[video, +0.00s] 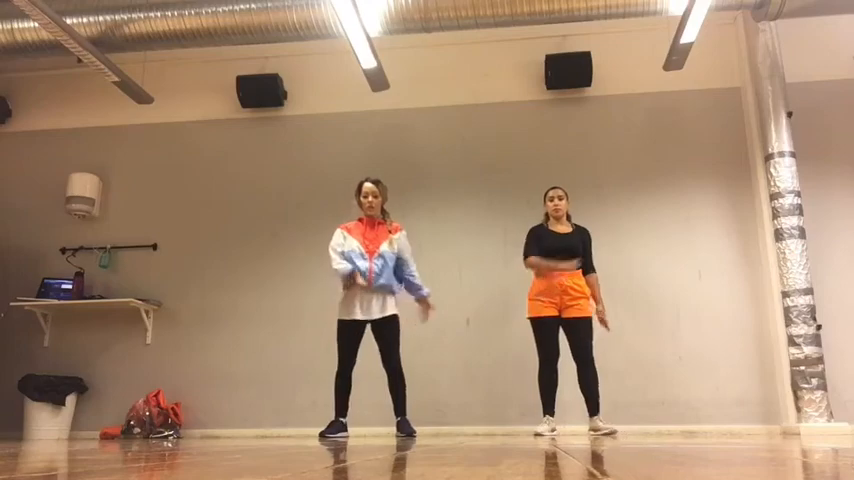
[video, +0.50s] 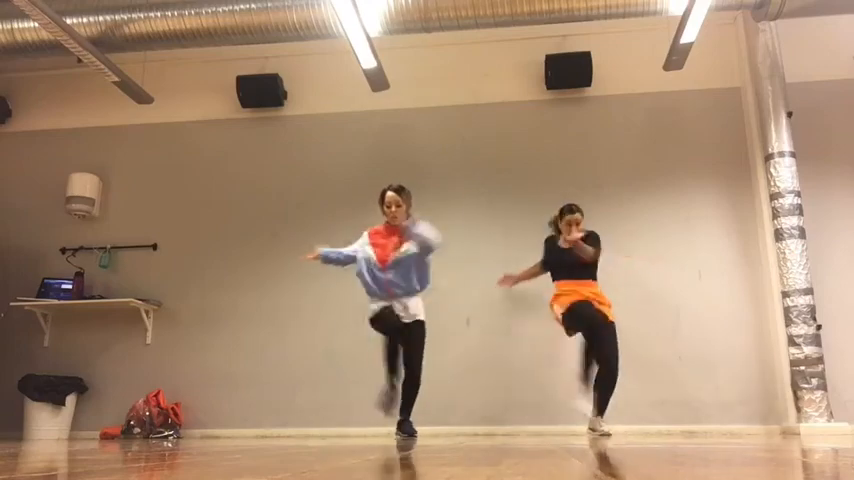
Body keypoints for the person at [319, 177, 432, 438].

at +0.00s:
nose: (369, 200)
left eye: (374, 195)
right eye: (365, 196)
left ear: (383, 199)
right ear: (358, 199)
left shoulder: (395, 231)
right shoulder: (345, 231)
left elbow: (407, 268)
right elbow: (336, 260)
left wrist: (422, 296)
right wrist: (352, 272)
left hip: (385, 306)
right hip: (353, 307)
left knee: (393, 366)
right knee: (345, 367)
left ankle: (402, 420)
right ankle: (340, 421)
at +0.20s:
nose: (377, 206)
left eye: (382, 201)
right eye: (372, 202)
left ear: (391, 204)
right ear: (366, 206)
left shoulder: (408, 238)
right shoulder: (356, 238)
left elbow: (434, 253)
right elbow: (341, 254)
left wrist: (463, 252)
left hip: (388, 312)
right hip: (358, 310)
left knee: (396, 369)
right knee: (343, 366)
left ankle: (400, 421)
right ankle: (338, 420)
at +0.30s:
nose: (383, 206)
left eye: (388, 201)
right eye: (379, 202)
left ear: (398, 204)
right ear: (373, 206)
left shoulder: (418, 232)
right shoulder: (363, 237)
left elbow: (451, 232)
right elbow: (334, 250)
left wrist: (474, 215)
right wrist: (304, 252)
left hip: (402, 311)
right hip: (371, 309)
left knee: (404, 370)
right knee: (335, 343)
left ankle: (402, 421)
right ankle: (334, 401)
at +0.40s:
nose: (388, 207)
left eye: (393, 202)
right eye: (383, 203)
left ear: (403, 204)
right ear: (378, 206)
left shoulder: (420, 231)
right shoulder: (365, 238)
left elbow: (446, 227)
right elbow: (336, 253)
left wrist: (450, 200)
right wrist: (302, 256)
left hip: (411, 313)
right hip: (383, 310)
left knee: (411, 371)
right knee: (357, 313)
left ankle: (403, 420)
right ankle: (351, 371)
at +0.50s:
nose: (392, 210)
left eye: (398, 205)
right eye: (388, 206)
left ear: (407, 207)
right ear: (382, 209)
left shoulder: (417, 232)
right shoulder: (371, 237)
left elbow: (433, 242)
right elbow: (348, 255)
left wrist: (410, 230)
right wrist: (324, 255)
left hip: (411, 307)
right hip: (382, 306)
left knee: (414, 370)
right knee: (394, 329)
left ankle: (405, 419)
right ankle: (391, 386)